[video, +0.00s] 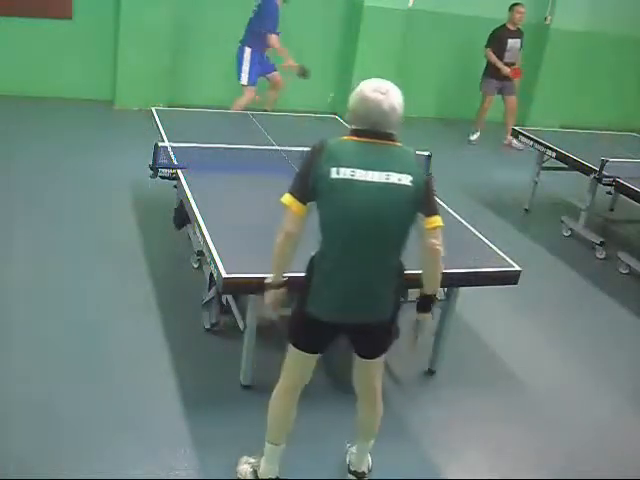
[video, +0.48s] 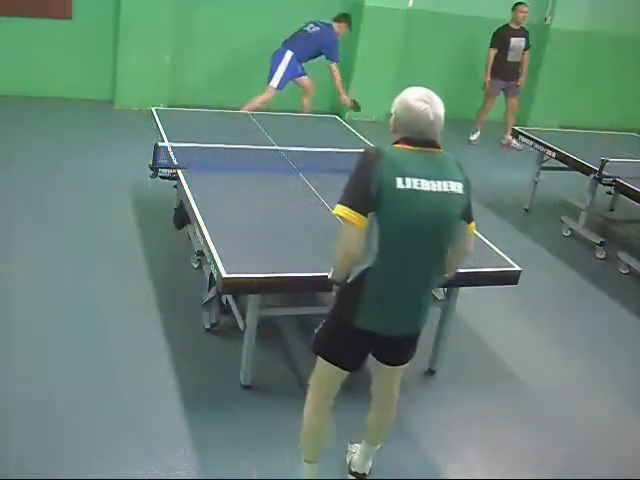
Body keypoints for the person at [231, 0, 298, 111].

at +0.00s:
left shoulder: (273, 7)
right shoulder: (270, 5)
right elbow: (272, 39)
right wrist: (287, 59)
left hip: (259, 51)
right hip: (249, 49)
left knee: (276, 82)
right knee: (249, 95)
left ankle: (266, 114)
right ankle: (228, 119)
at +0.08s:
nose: (290, 5)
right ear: (287, 1)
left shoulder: (273, 6)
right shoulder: (279, 9)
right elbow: (286, 41)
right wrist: (306, 63)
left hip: (262, 54)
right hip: (253, 52)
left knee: (281, 84)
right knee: (253, 95)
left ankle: (281, 118)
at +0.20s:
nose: (317, 13)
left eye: (318, 9)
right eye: (316, 9)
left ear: (307, 6)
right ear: (309, 6)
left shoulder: (289, 14)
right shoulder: (302, 21)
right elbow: (315, 53)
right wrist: (336, 66)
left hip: (272, 58)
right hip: (266, 56)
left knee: (291, 88)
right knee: (261, 96)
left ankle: (299, 120)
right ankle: (232, 119)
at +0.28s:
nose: (325, 19)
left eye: (326, 15)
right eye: (325, 15)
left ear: (314, 10)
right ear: (321, 12)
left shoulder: (296, 20)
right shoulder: (312, 29)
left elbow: (278, 35)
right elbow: (328, 59)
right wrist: (345, 73)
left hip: (280, 61)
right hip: (273, 58)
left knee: (299, 88)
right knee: (262, 101)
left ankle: (305, 123)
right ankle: (234, 120)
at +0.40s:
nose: (342, 31)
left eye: (343, 28)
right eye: (342, 28)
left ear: (331, 21)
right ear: (337, 24)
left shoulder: (312, 24)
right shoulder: (328, 38)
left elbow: (291, 37)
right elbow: (337, 69)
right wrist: (347, 91)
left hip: (288, 59)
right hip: (283, 57)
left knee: (307, 88)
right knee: (266, 99)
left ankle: (306, 122)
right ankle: (237, 118)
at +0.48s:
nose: (343, 33)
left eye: (345, 30)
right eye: (345, 29)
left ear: (336, 21)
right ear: (342, 25)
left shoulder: (319, 24)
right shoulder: (330, 37)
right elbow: (334, 69)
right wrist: (343, 95)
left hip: (291, 57)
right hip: (287, 55)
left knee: (308, 87)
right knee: (269, 94)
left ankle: (306, 122)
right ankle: (240, 115)